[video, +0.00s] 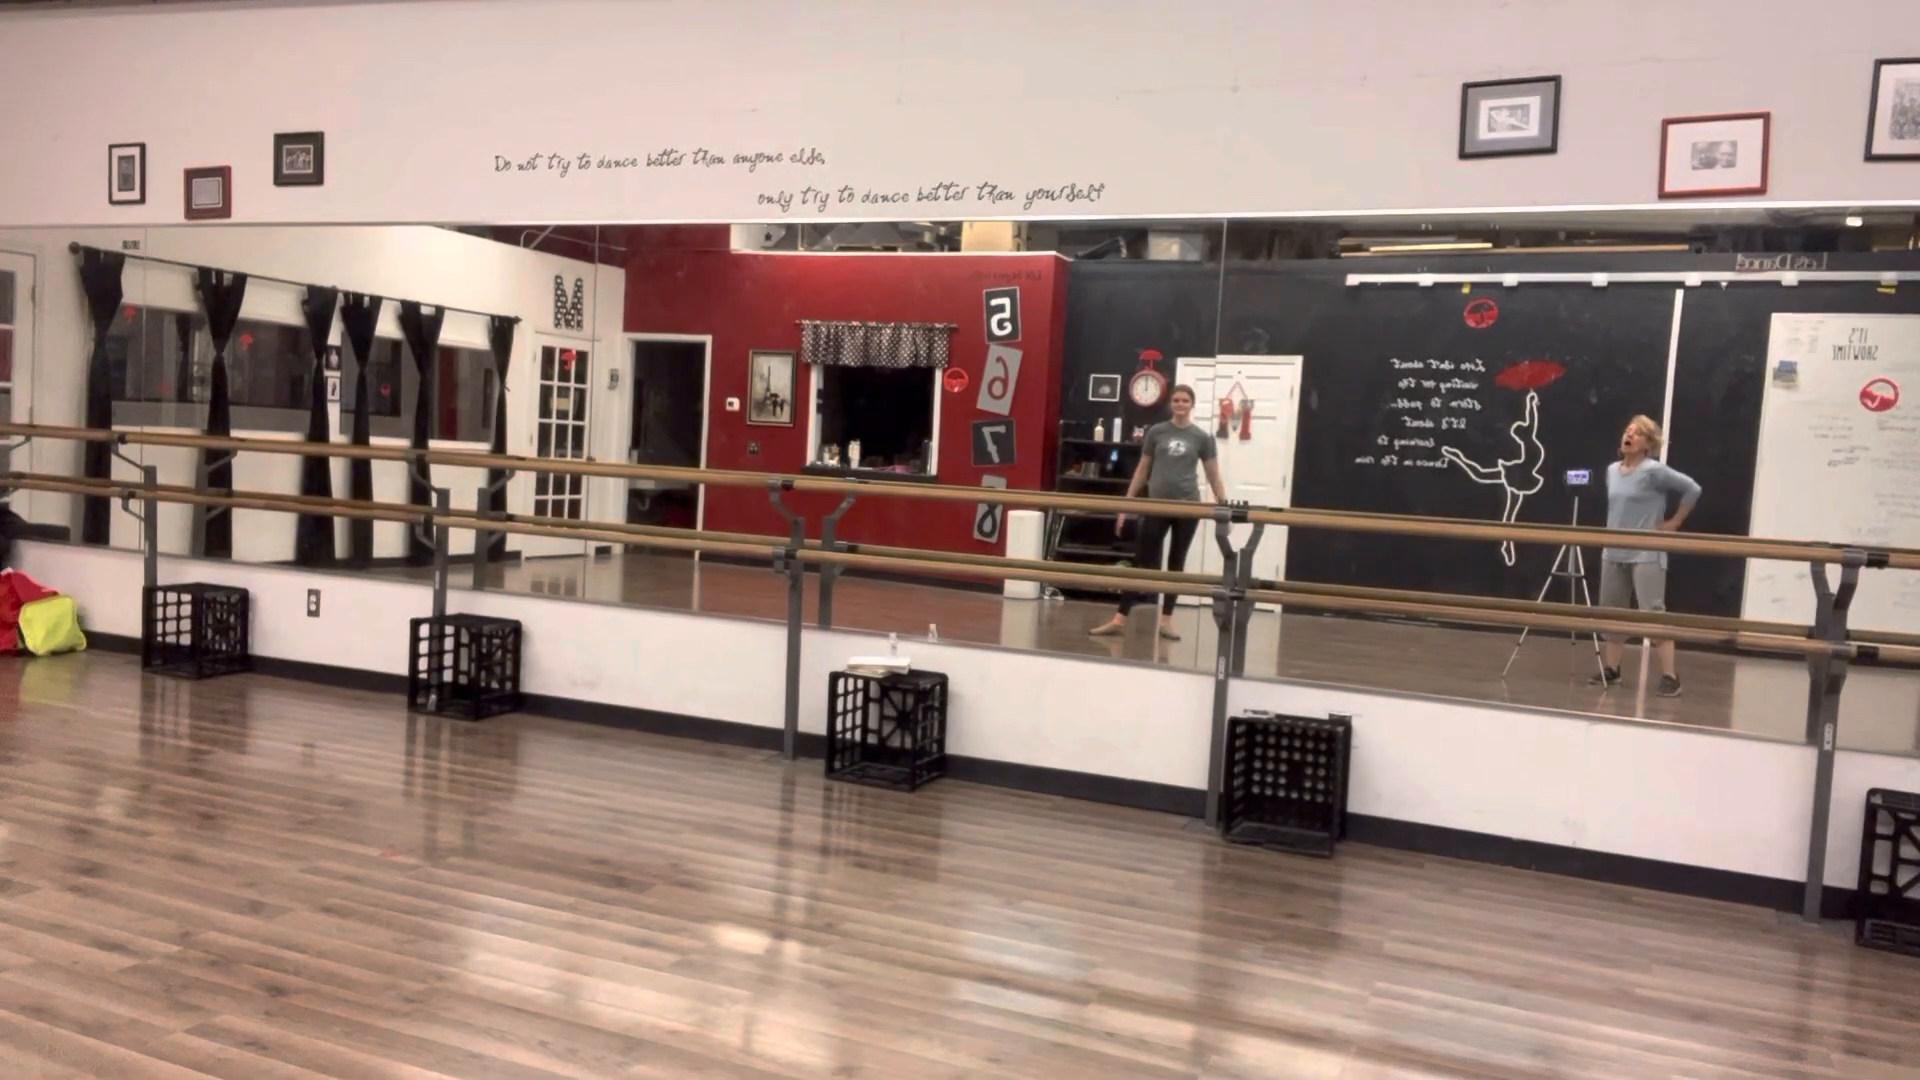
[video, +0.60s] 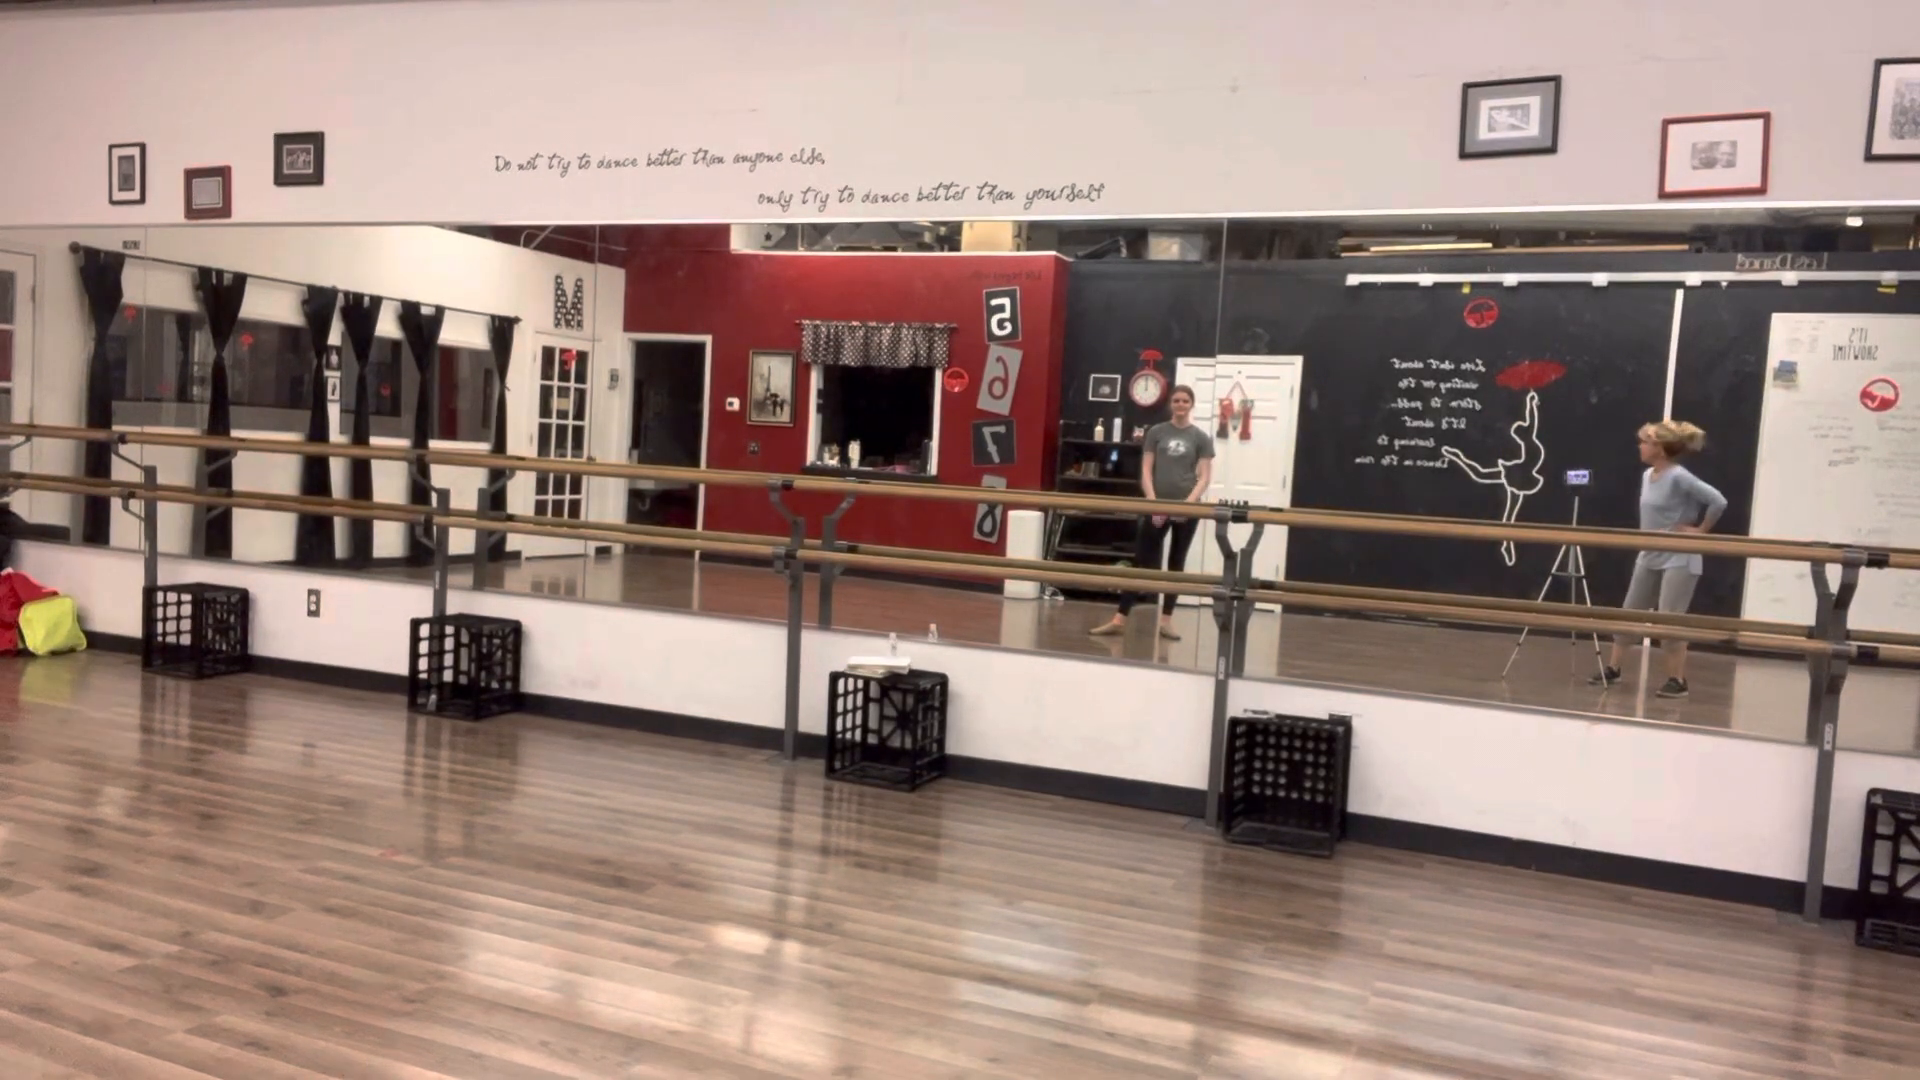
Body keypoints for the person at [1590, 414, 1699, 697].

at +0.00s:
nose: (1629, 437)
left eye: (1636, 434)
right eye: (1627, 432)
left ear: (1648, 444)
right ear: (1622, 437)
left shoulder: (1654, 471)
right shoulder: (1612, 470)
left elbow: (1692, 489)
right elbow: (1618, 503)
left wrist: (1674, 522)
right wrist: (1613, 526)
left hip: (1647, 553)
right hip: (1614, 551)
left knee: (1653, 614)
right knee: (1611, 612)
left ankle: (1669, 675)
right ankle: (1611, 669)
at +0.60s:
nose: (1640, 447)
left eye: (1645, 442)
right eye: (1641, 442)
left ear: (1661, 448)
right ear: (1655, 448)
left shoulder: (1679, 476)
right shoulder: (1647, 476)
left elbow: (1718, 501)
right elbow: (1658, 507)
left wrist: (1701, 530)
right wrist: (1650, 533)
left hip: (1681, 557)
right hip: (1650, 554)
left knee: (1669, 619)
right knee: (1630, 612)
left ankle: (1677, 679)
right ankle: (1613, 668)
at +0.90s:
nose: (1660, 448)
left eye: (1662, 443)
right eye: (1661, 443)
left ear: (1669, 445)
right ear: (1686, 445)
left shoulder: (1678, 472)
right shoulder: (1685, 469)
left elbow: (1697, 502)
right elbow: (1692, 506)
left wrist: (1690, 527)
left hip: (1684, 559)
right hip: (1668, 556)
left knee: (1672, 617)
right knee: (1652, 613)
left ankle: (1677, 677)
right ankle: (1654, 668)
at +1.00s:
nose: (1665, 446)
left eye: (1666, 441)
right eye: (1667, 441)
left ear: (1670, 443)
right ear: (1695, 444)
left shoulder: (1675, 471)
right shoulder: (1699, 471)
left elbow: (1689, 501)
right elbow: (1703, 506)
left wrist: (1684, 524)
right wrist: (1692, 527)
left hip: (1678, 558)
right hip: (1695, 558)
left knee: (1671, 619)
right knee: (1677, 618)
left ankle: (1675, 676)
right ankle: (1680, 673)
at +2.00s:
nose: (1664, 445)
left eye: (1668, 440)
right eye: (1665, 439)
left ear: (1682, 444)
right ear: (1686, 445)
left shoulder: (1688, 472)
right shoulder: (1692, 470)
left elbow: (1706, 501)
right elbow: (1686, 507)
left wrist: (1695, 529)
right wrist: (1661, 511)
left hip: (1682, 561)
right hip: (1683, 559)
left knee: (1676, 620)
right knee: (1676, 617)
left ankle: (1684, 679)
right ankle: (1701, 669)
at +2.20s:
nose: (1657, 450)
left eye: (1662, 444)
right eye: (1657, 444)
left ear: (1679, 446)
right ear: (1675, 447)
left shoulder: (1685, 470)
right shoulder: (1672, 472)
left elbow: (1704, 499)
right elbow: (1646, 503)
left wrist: (1693, 528)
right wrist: (1654, 477)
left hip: (1682, 559)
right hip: (1665, 557)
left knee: (1676, 619)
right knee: (1650, 611)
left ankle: (1684, 678)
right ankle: (1659, 668)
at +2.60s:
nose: (1637, 450)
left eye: (1644, 444)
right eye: (1635, 444)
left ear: (1660, 445)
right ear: (1634, 445)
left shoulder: (1668, 471)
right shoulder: (1638, 472)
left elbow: (1699, 496)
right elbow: (1614, 478)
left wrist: (1679, 527)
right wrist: (1634, 462)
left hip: (1660, 555)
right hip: (1632, 553)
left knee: (1663, 616)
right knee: (1627, 614)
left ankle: (1680, 677)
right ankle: (1629, 670)